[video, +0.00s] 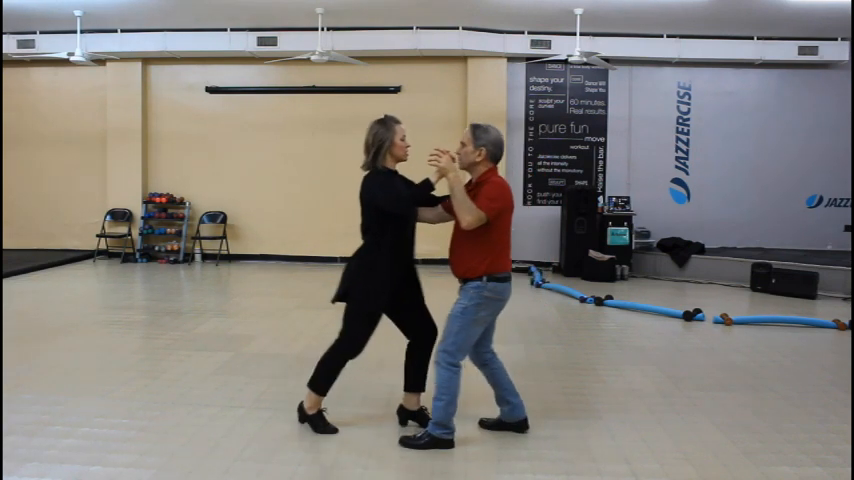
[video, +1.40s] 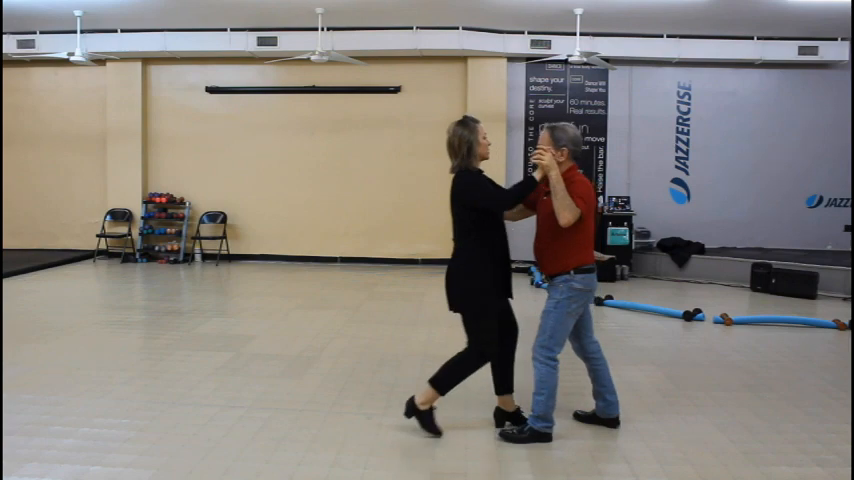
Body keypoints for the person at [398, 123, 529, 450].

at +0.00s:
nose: (456, 149)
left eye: (462, 145)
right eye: (458, 144)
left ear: (481, 154)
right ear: (479, 154)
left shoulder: (496, 188)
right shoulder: (472, 187)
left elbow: (470, 219)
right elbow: (434, 214)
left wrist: (452, 177)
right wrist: (395, 207)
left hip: (486, 285)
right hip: (479, 283)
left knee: (448, 354)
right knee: (481, 352)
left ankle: (440, 430)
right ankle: (514, 415)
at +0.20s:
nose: (470, 146)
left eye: (476, 141)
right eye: (472, 140)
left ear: (495, 148)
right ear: (495, 148)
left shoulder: (512, 183)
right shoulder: (486, 181)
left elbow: (489, 215)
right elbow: (450, 208)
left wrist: (473, 174)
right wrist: (413, 198)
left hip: (502, 279)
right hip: (496, 277)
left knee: (472, 352)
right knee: (500, 349)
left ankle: (457, 427)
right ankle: (516, 417)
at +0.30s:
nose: (477, 148)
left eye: (482, 142)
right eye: (478, 142)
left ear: (501, 146)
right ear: (499, 147)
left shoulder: (519, 179)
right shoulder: (494, 180)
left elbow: (497, 211)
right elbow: (457, 205)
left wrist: (482, 168)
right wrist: (421, 196)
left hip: (509, 277)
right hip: (502, 275)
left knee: (478, 349)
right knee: (504, 348)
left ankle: (493, 420)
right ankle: (517, 417)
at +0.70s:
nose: (510, 143)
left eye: (516, 139)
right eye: (511, 138)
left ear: (533, 146)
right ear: (530, 146)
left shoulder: (549, 180)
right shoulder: (527, 179)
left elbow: (524, 210)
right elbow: (488, 206)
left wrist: (514, 165)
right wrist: (452, 198)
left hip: (543, 278)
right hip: (531, 276)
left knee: (524, 353)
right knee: (531, 347)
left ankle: (527, 426)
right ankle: (557, 407)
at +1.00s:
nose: (533, 156)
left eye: (538, 152)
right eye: (534, 151)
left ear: (558, 156)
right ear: (556, 156)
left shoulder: (577, 186)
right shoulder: (547, 185)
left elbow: (560, 223)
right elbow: (514, 212)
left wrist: (547, 177)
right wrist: (481, 201)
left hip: (569, 283)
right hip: (565, 281)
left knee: (534, 351)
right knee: (582, 346)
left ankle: (528, 425)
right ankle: (607, 411)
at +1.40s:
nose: (536, 153)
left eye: (542, 148)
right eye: (537, 147)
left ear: (562, 153)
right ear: (558, 152)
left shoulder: (579, 183)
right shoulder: (547, 184)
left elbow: (567, 218)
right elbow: (516, 212)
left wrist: (553, 174)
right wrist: (483, 204)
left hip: (573, 279)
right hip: (567, 277)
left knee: (545, 351)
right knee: (587, 346)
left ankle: (540, 425)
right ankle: (608, 411)